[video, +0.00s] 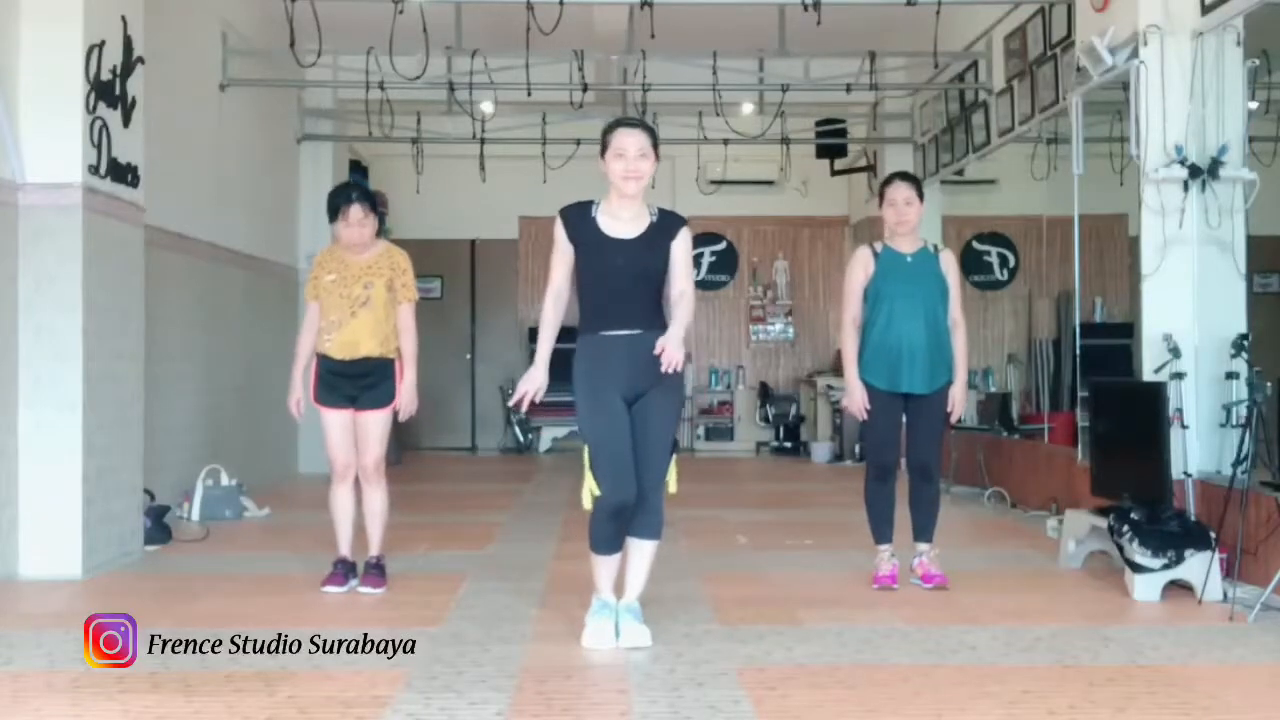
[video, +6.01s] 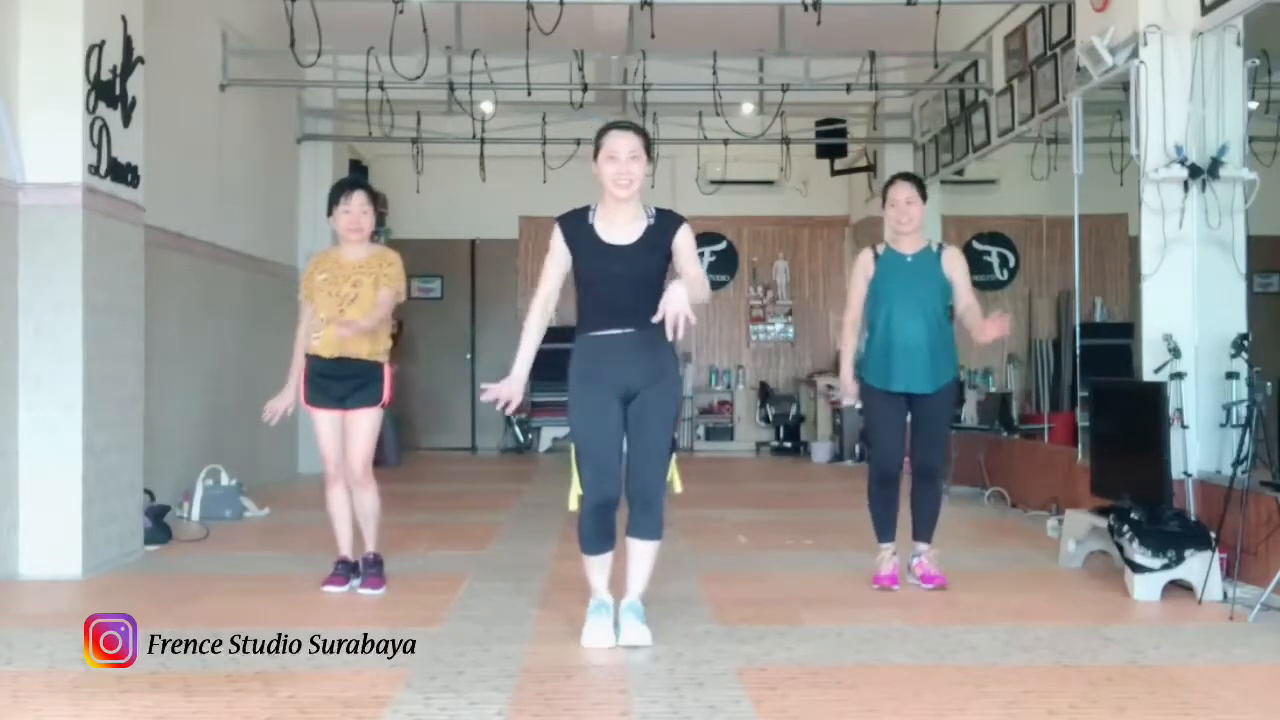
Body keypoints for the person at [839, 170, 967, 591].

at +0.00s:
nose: (899, 210)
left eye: (908, 202)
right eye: (891, 203)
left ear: (922, 208)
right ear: (881, 210)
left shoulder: (944, 259)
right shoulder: (866, 258)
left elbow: (956, 323)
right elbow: (849, 323)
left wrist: (960, 381)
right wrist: (852, 381)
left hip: (932, 382)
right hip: (879, 381)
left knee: (925, 467)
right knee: (881, 467)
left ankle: (924, 553)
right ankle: (884, 554)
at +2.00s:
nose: (898, 205)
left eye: (906, 198)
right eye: (890, 199)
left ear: (921, 204)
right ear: (880, 208)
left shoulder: (945, 256)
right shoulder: (867, 257)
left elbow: (962, 312)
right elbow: (845, 318)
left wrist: (969, 337)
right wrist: (835, 370)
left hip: (932, 380)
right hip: (878, 379)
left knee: (927, 467)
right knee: (881, 465)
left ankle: (923, 553)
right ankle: (884, 554)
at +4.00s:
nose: (908, 204)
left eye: (916, 197)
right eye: (901, 198)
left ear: (933, 205)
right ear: (892, 207)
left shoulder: (956, 255)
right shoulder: (876, 256)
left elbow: (973, 308)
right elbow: (854, 314)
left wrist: (986, 348)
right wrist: (842, 369)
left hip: (941, 380)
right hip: (887, 379)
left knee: (933, 466)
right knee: (888, 465)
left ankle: (925, 552)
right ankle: (887, 552)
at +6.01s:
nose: (902, 211)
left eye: (910, 203)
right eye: (894, 204)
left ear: (924, 208)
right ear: (884, 212)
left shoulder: (948, 257)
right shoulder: (870, 260)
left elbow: (968, 308)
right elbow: (852, 320)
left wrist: (982, 329)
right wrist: (846, 372)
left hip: (936, 381)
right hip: (882, 381)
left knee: (930, 466)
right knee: (884, 465)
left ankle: (923, 553)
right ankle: (887, 552)